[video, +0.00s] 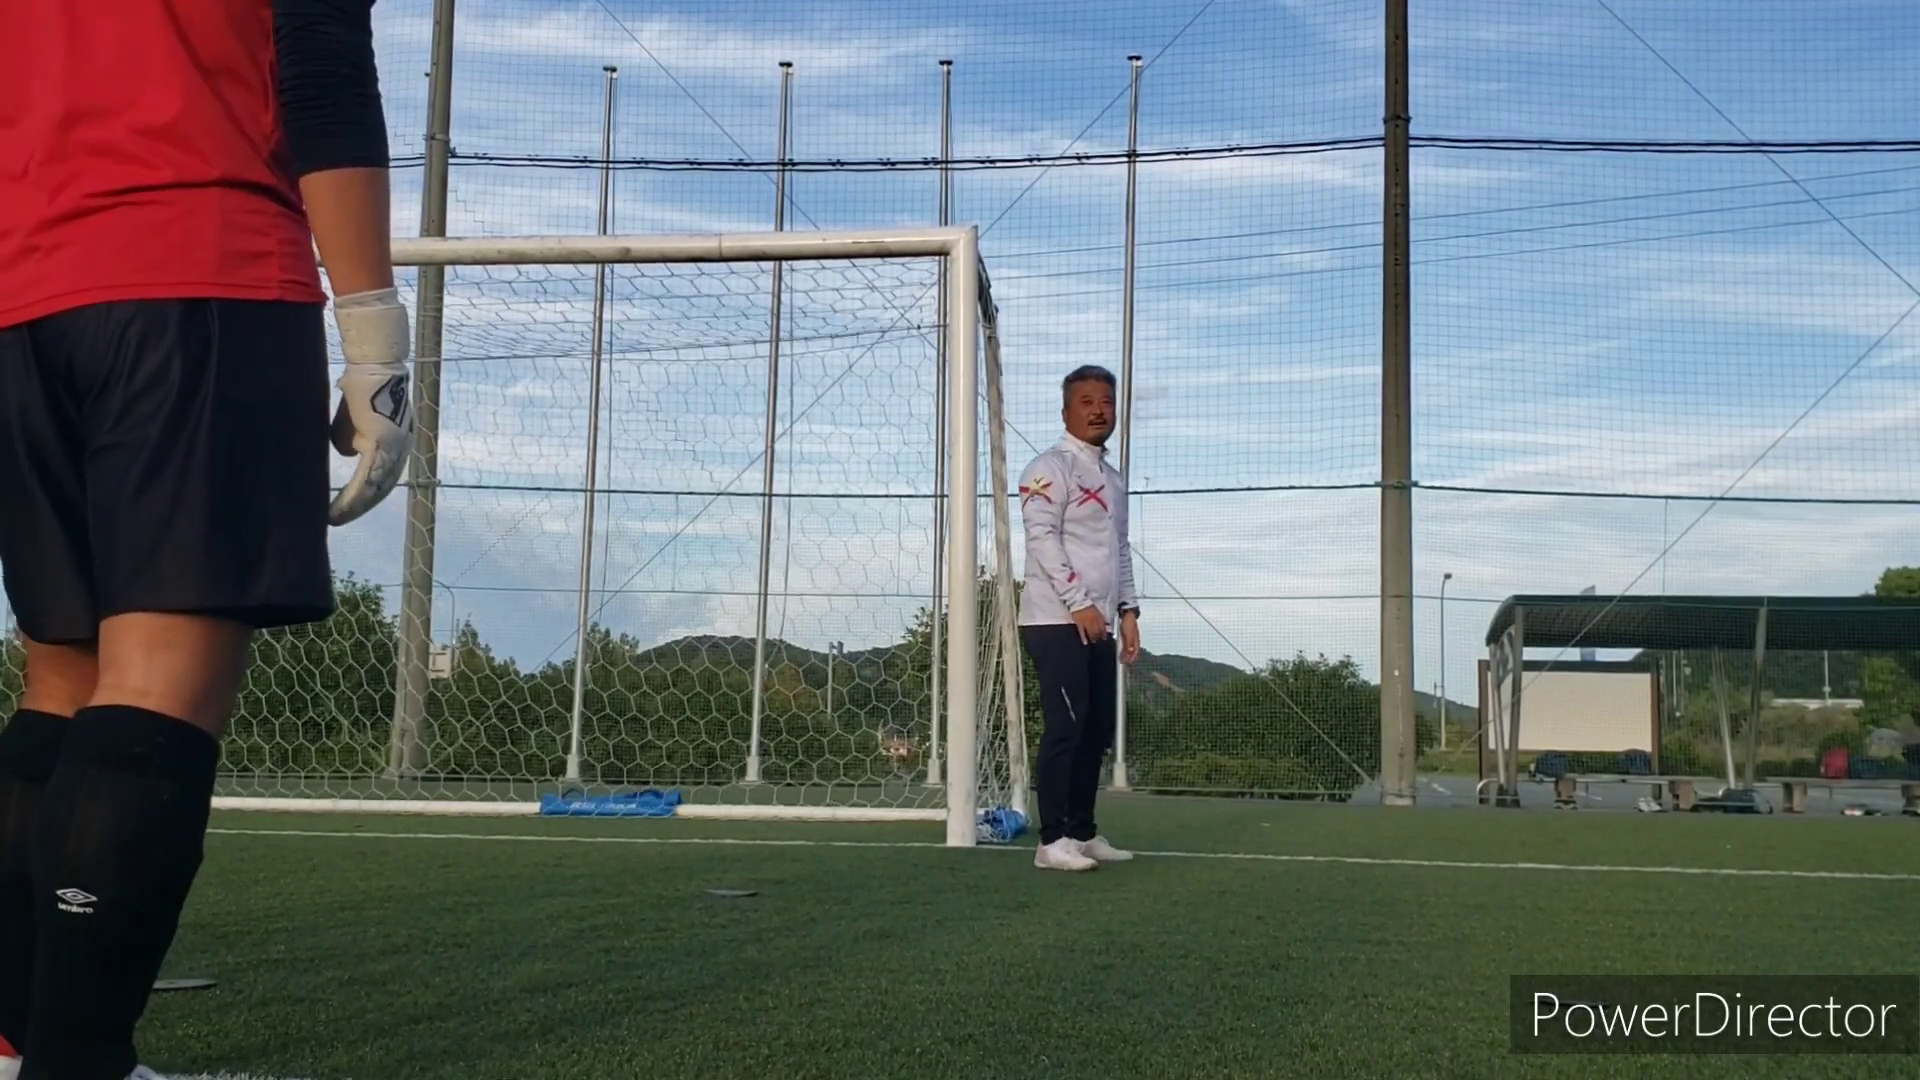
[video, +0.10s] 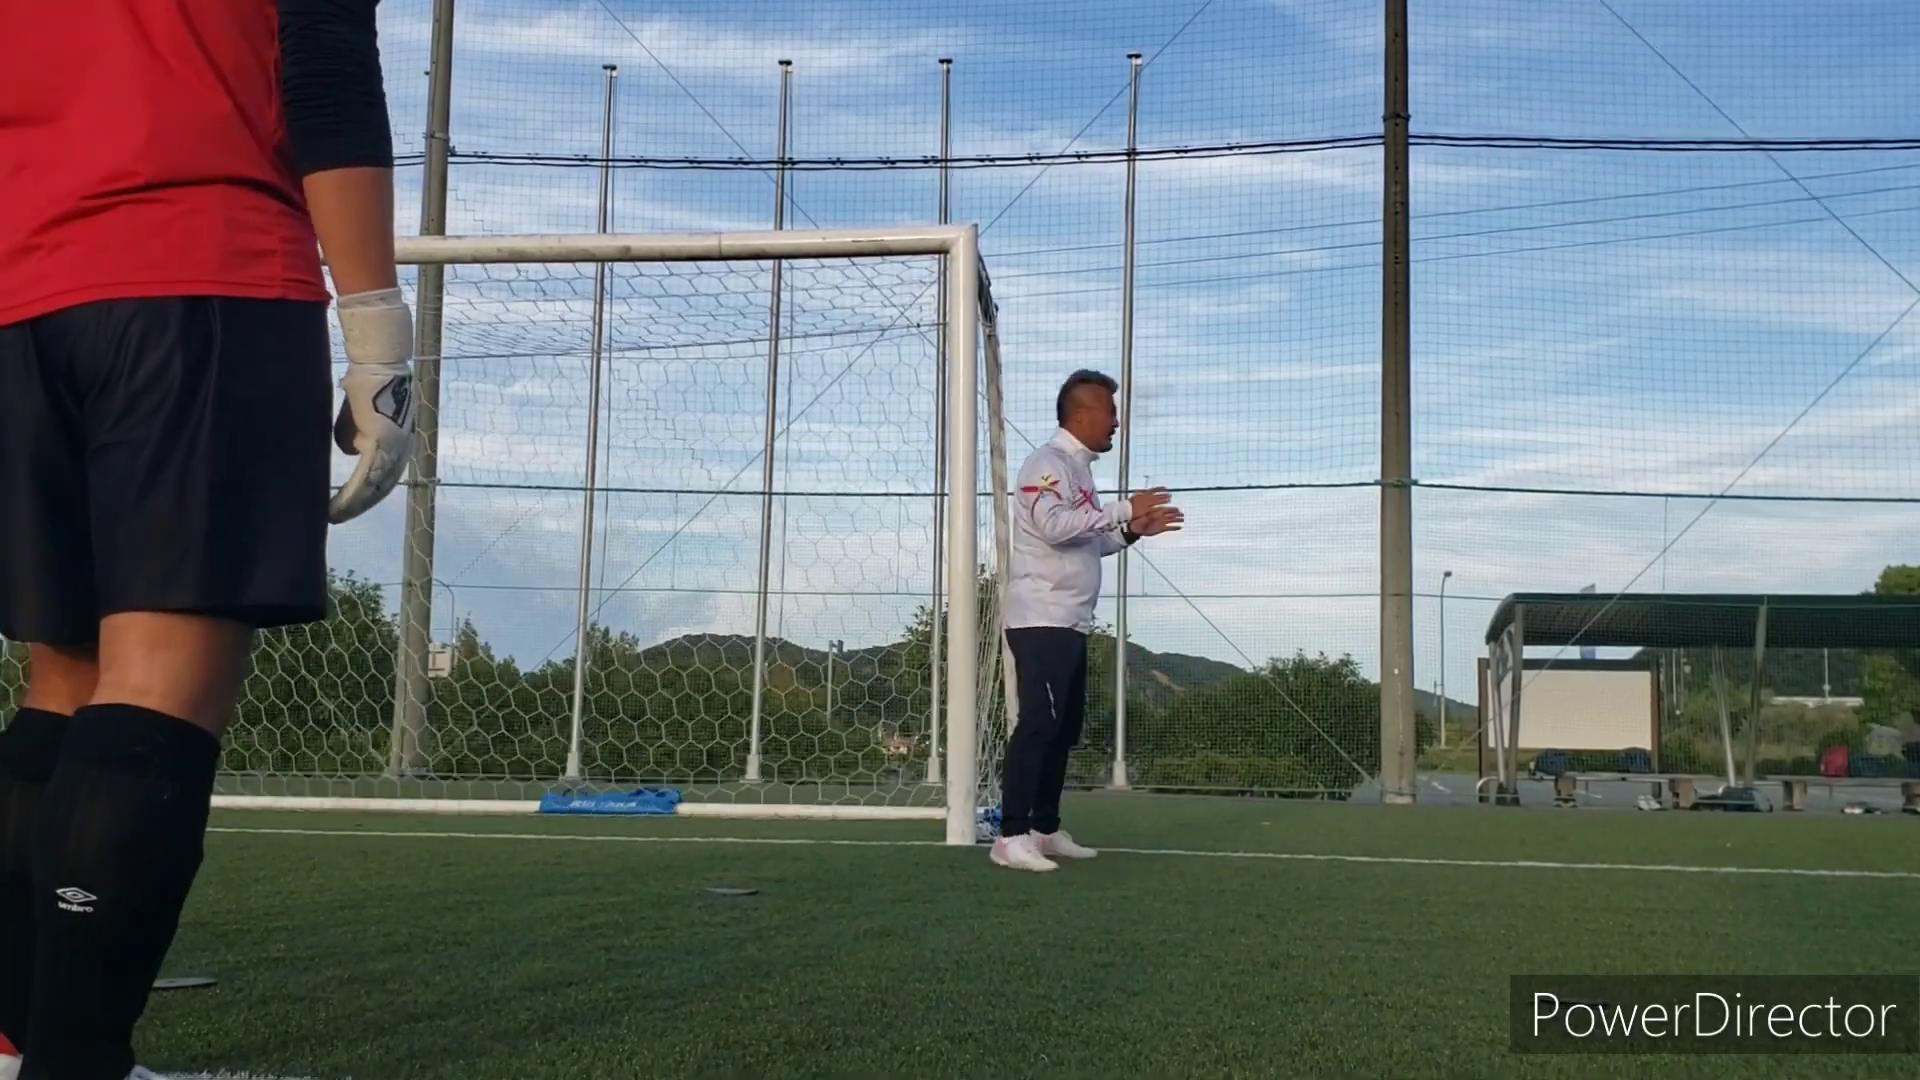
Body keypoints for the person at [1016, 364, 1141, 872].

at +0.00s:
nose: (1099, 410)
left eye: (1107, 402)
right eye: (1087, 402)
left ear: (1116, 411)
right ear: (1066, 411)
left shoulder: (1113, 478)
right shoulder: (1049, 466)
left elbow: (1119, 549)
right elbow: (1042, 540)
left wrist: (1128, 609)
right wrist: (1078, 603)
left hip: (1098, 619)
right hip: (1055, 617)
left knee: (1097, 729)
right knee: (1066, 727)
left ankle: (1082, 833)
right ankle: (1052, 841)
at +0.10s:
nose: (1116, 419)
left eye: (1115, 409)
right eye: (1109, 409)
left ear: (1086, 415)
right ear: (1080, 413)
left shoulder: (1081, 474)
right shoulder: (1048, 461)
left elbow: (1086, 542)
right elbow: (1053, 524)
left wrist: (1131, 531)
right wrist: (1123, 511)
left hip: (1067, 620)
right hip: (1038, 617)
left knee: (1063, 727)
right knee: (1038, 724)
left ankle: (1044, 830)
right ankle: (1011, 837)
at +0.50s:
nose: (1119, 424)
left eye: (1118, 414)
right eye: (1112, 413)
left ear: (1088, 419)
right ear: (1082, 416)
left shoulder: (1082, 477)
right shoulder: (1050, 461)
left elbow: (1087, 549)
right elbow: (1053, 520)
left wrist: (1134, 541)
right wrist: (1127, 507)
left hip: (1065, 622)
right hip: (1035, 619)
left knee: (1063, 728)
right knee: (1036, 725)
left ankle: (1044, 831)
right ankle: (1009, 841)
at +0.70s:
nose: (1117, 425)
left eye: (1117, 415)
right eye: (1111, 414)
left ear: (1086, 419)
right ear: (1081, 417)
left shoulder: (1080, 476)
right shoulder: (1049, 462)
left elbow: (1084, 548)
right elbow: (1054, 522)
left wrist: (1131, 541)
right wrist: (1127, 508)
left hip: (1064, 623)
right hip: (1034, 619)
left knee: (1062, 729)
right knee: (1036, 725)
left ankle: (1043, 832)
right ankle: (1009, 841)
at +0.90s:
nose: (1109, 424)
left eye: (1108, 415)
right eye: (1101, 415)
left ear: (1079, 421)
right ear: (1072, 418)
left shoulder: (1076, 478)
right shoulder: (1045, 464)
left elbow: (1094, 547)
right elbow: (1070, 517)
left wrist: (1130, 514)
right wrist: (1128, 484)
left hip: (1065, 625)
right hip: (1034, 620)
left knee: (1066, 728)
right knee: (1042, 724)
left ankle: (1043, 832)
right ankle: (1010, 841)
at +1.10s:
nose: (1098, 414)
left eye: (1096, 406)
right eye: (1089, 405)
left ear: (1070, 414)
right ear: (1058, 413)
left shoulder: (1075, 470)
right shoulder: (1037, 460)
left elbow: (1129, 501)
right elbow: (1093, 480)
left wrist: (1163, 458)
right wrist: (1146, 433)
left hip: (1064, 622)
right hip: (1032, 619)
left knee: (1062, 729)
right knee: (1036, 725)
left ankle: (1043, 831)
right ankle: (1009, 841)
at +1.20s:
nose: (1095, 413)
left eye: (1093, 404)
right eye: (1086, 404)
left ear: (1063, 412)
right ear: (1056, 409)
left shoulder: (1072, 465)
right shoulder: (1034, 458)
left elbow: (1127, 494)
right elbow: (1092, 481)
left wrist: (1174, 466)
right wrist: (1161, 445)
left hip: (1061, 620)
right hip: (1029, 618)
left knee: (1060, 729)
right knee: (1034, 726)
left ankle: (1043, 831)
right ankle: (1010, 841)